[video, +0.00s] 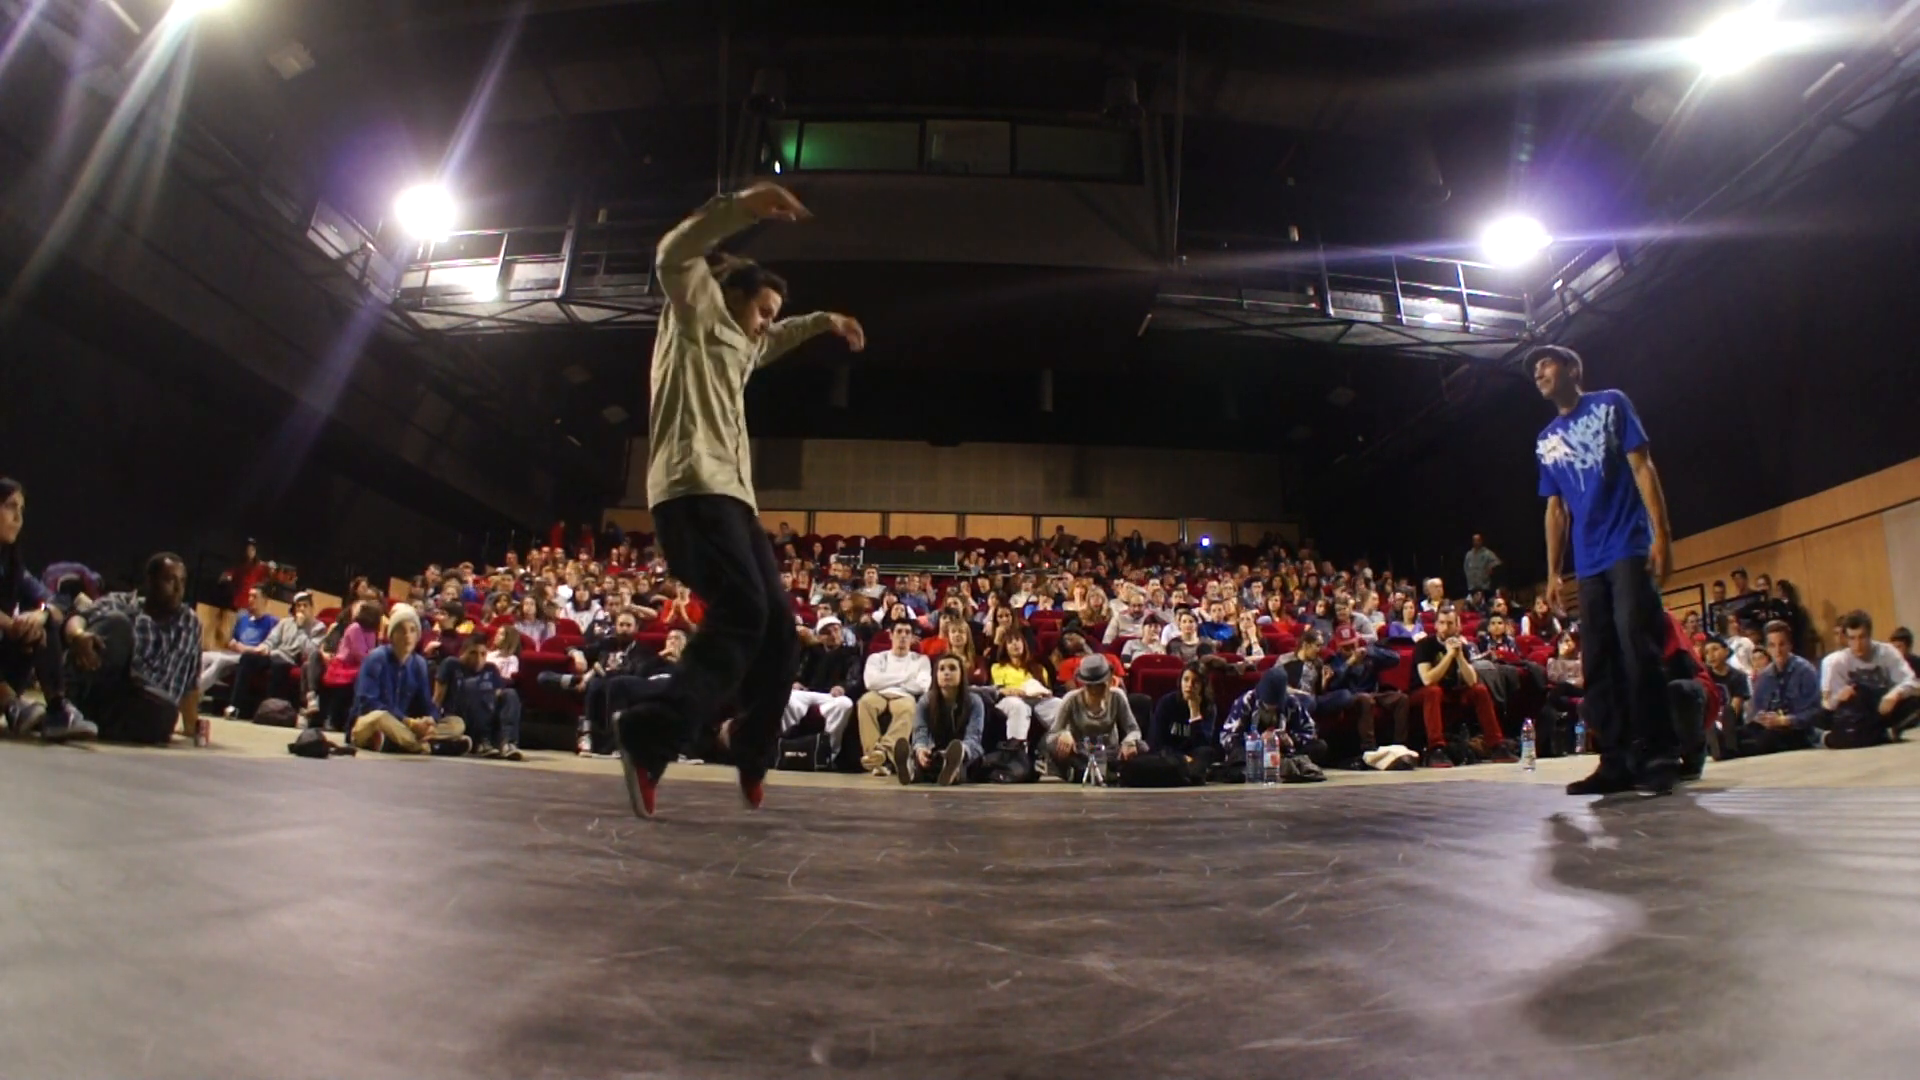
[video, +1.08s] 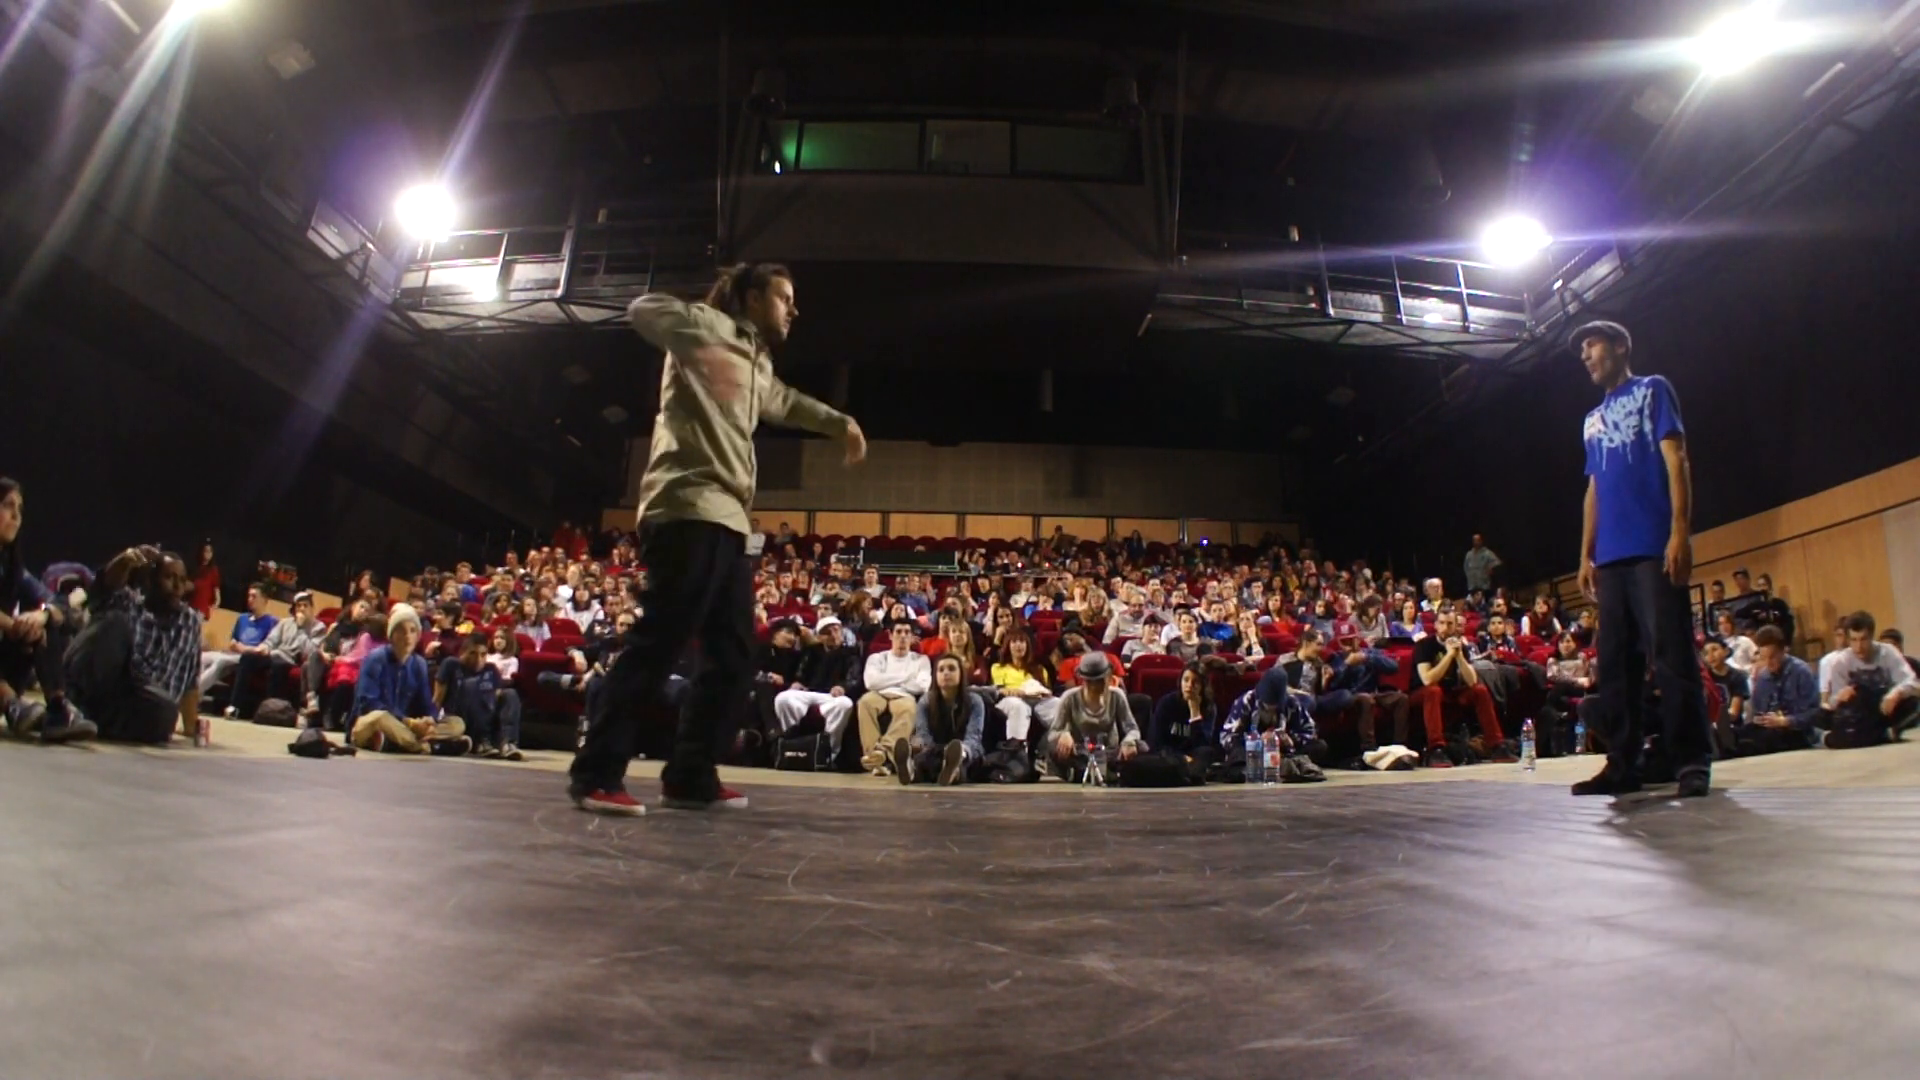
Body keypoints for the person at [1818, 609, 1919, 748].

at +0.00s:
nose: (1857, 643)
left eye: (1862, 637)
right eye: (1852, 638)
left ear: (1870, 636)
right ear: (1846, 638)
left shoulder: (1887, 652)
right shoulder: (1835, 662)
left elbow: (1911, 681)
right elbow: (1827, 703)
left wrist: (1894, 694)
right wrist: (1838, 697)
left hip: (1885, 704)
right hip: (1855, 706)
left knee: (1913, 703)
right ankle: (1884, 734)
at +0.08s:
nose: (1857, 644)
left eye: (1862, 637)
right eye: (1852, 638)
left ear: (1870, 636)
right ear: (1846, 638)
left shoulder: (1887, 652)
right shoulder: (1835, 662)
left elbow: (1911, 681)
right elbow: (1827, 703)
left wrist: (1894, 694)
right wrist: (1838, 697)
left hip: (1884, 705)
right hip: (1855, 707)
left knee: (1914, 703)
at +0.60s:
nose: (1858, 645)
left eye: (1863, 639)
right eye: (1853, 640)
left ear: (1871, 637)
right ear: (1847, 639)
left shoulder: (1887, 652)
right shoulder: (1839, 661)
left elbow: (1910, 681)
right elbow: (1828, 703)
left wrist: (1894, 695)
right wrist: (1839, 697)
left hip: (1884, 705)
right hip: (1856, 707)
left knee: (1913, 704)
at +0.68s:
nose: (1859, 645)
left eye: (1863, 639)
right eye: (1853, 639)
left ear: (1871, 636)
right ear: (1847, 639)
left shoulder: (1887, 652)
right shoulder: (1839, 661)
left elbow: (1911, 681)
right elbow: (1828, 703)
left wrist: (1894, 695)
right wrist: (1839, 697)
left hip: (1884, 704)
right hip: (1856, 706)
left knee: (1913, 704)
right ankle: (1884, 734)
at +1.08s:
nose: (1858, 645)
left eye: (1863, 639)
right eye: (1853, 640)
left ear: (1872, 637)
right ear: (1849, 639)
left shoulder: (1888, 652)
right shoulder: (1840, 661)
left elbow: (1911, 680)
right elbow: (1832, 702)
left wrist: (1895, 694)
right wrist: (1840, 696)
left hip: (1885, 704)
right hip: (1857, 707)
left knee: (1912, 703)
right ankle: (1884, 734)